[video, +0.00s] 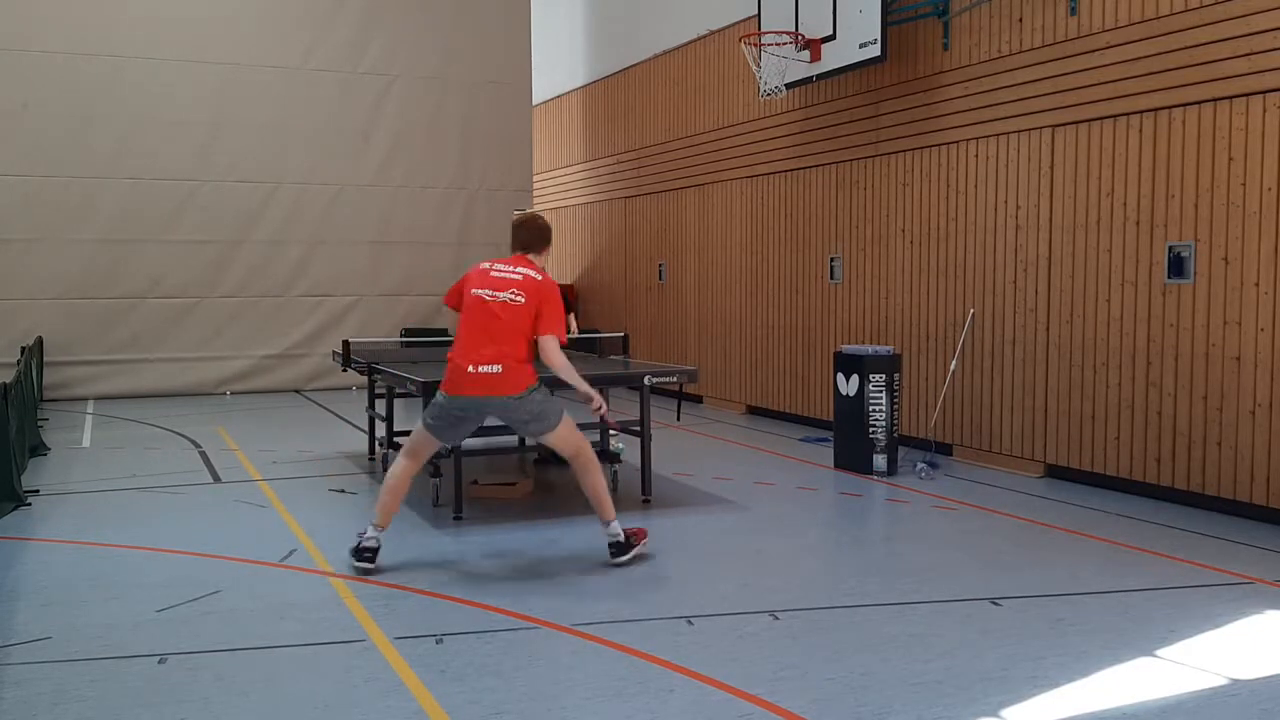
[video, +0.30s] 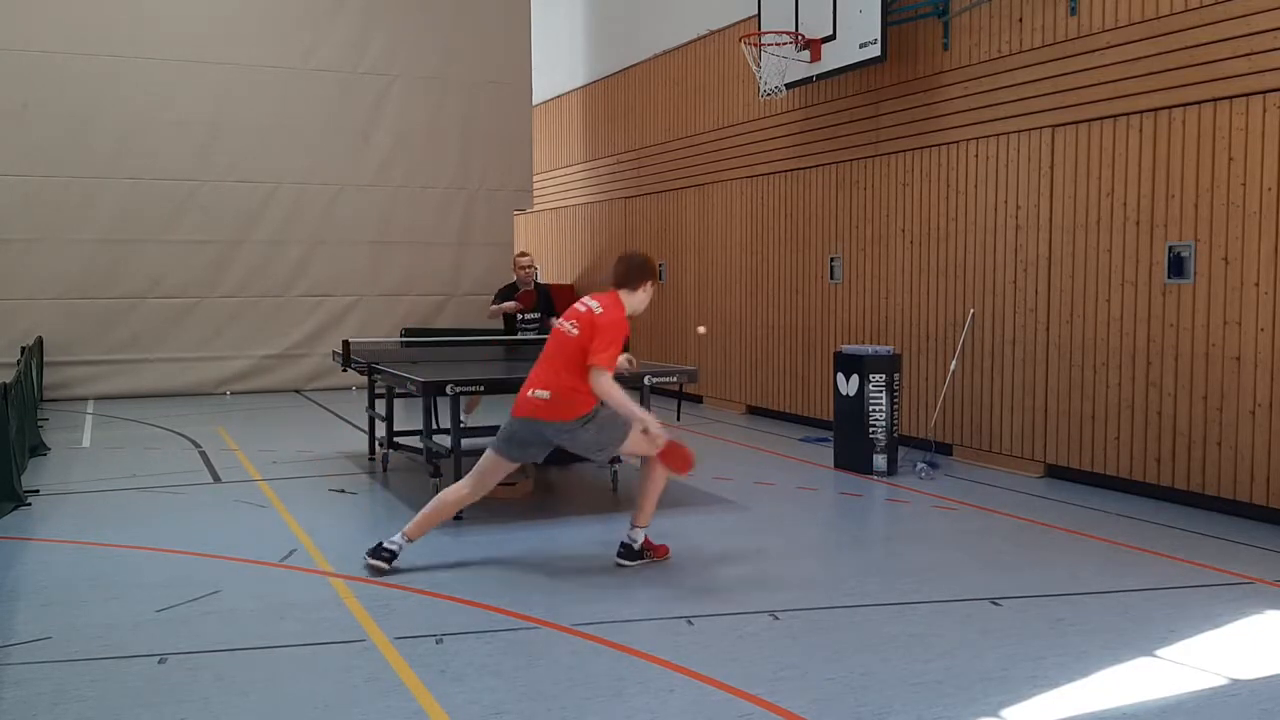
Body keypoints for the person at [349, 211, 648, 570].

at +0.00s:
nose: (549, 255)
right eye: (549, 250)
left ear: (513, 245)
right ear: (545, 250)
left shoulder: (478, 272)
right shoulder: (544, 285)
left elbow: (451, 305)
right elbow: (549, 350)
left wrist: (491, 320)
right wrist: (585, 389)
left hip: (459, 387)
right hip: (515, 388)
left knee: (411, 457)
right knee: (579, 452)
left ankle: (370, 539)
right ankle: (616, 536)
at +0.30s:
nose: (651, 296)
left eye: (652, 289)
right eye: (652, 289)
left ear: (618, 279)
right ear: (643, 286)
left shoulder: (584, 303)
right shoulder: (614, 316)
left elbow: (567, 351)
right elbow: (599, 379)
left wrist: (611, 361)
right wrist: (642, 417)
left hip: (527, 412)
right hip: (573, 418)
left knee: (469, 487)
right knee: (659, 448)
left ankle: (392, 546)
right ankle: (635, 542)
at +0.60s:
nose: (691, 253)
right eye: (691, 249)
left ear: (653, 245)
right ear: (688, 250)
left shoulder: (622, 268)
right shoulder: (692, 281)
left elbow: (566, 297)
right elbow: (725, 315)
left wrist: (598, 307)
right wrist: (705, 279)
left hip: (607, 379)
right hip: (660, 383)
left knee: (589, 435)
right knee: (710, 443)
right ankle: (688, 523)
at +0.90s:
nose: (682, 250)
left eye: (683, 245)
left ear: (687, 247)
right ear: (721, 250)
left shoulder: (671, 274)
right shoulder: (742, 284)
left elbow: (624, 324)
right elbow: (761, 356)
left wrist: (630, 338)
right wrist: (735, 356)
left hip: (679, 382)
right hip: (732, 387)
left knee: (627, 451)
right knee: (766, 462)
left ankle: (596, 530)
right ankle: (800, 542)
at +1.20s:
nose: (764, 284)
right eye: (765, 278)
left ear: (728, 272)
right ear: (762, 279)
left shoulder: (699, 296)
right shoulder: (760, 307)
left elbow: (697, 356)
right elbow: (752, 367)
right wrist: (781, 425)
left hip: (663, 406)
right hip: (720, 412)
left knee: (608, 485)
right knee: (782, 466)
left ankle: (562, 558)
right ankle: (797, 555)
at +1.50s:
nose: (792, 323)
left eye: (793, 316)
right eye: (794, 317)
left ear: (759, 299)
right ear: (791, 313)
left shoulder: (721, 313)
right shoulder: (766, 331)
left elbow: (690, 368)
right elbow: (732, 386)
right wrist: (759, 443)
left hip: (648, 410)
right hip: (698, 415)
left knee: (599, 489)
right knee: (783, 459)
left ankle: (543, 552)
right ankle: (796, 559)